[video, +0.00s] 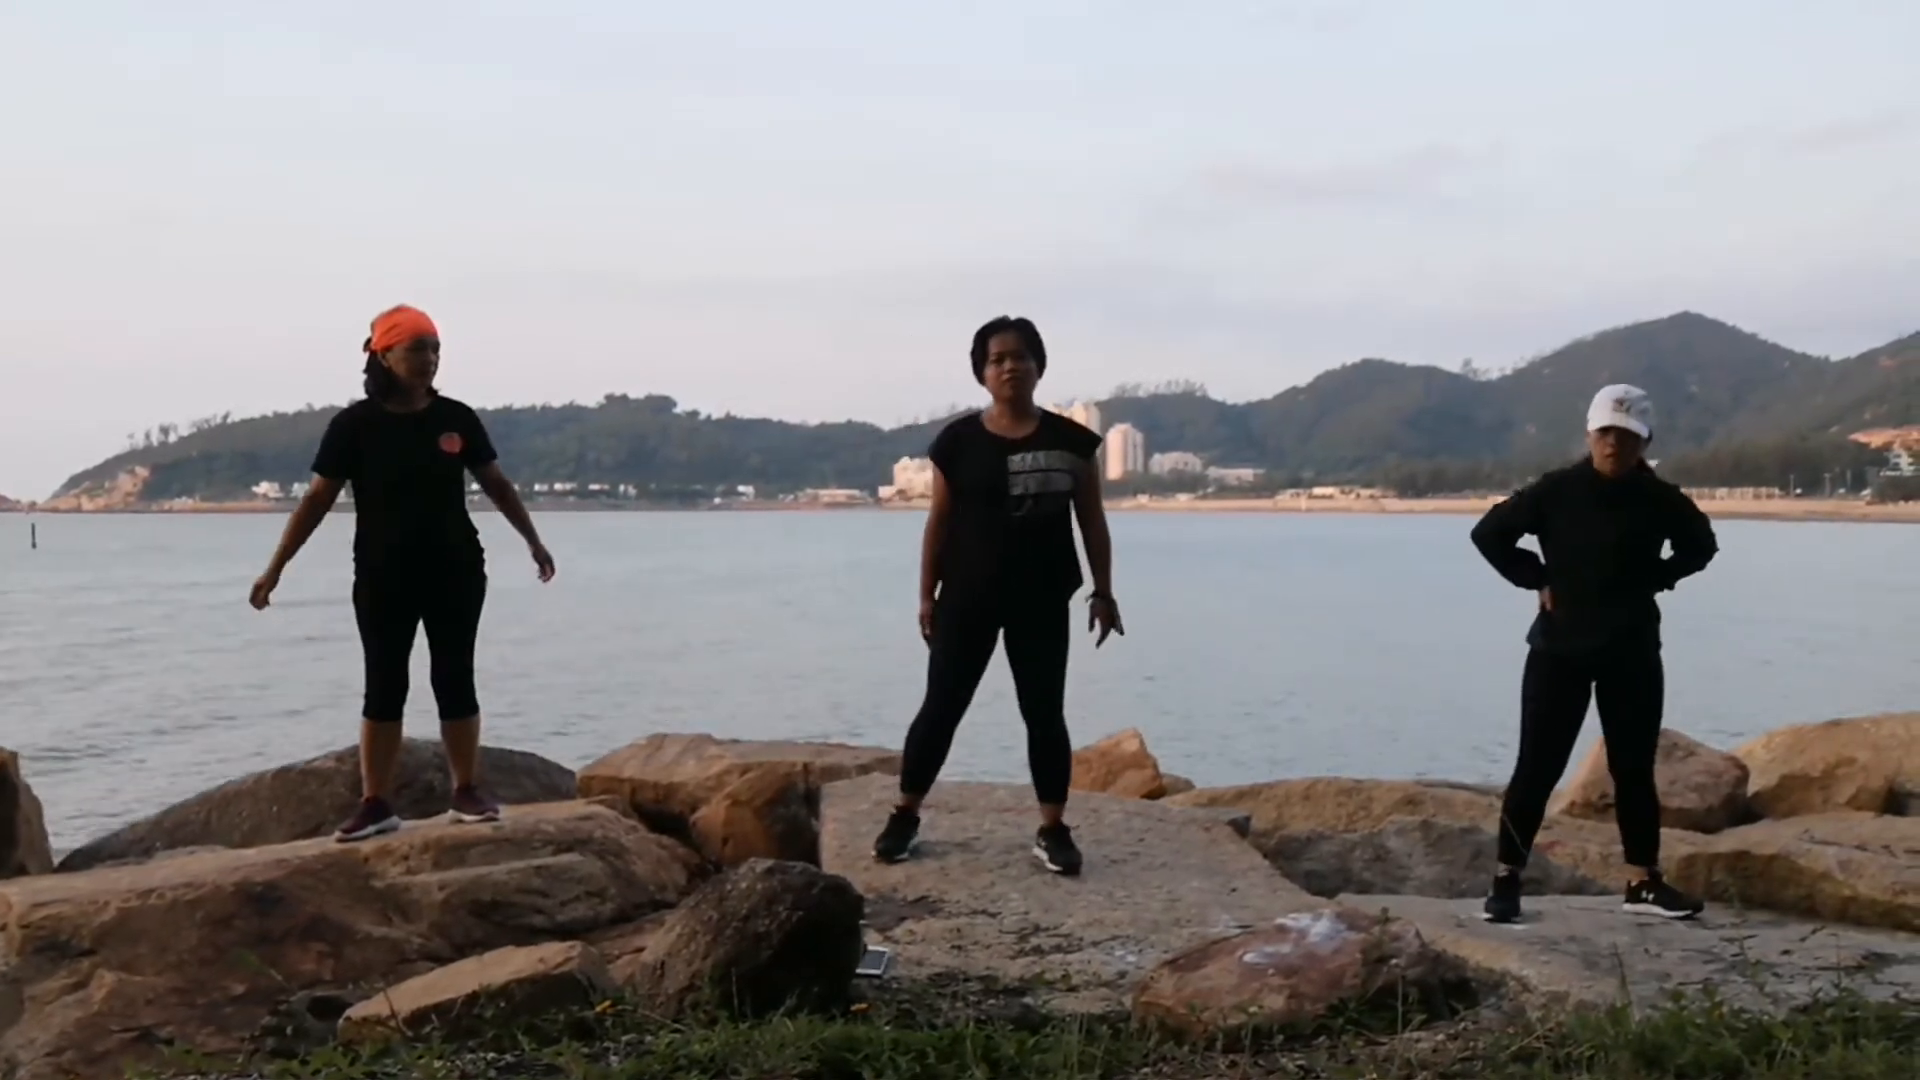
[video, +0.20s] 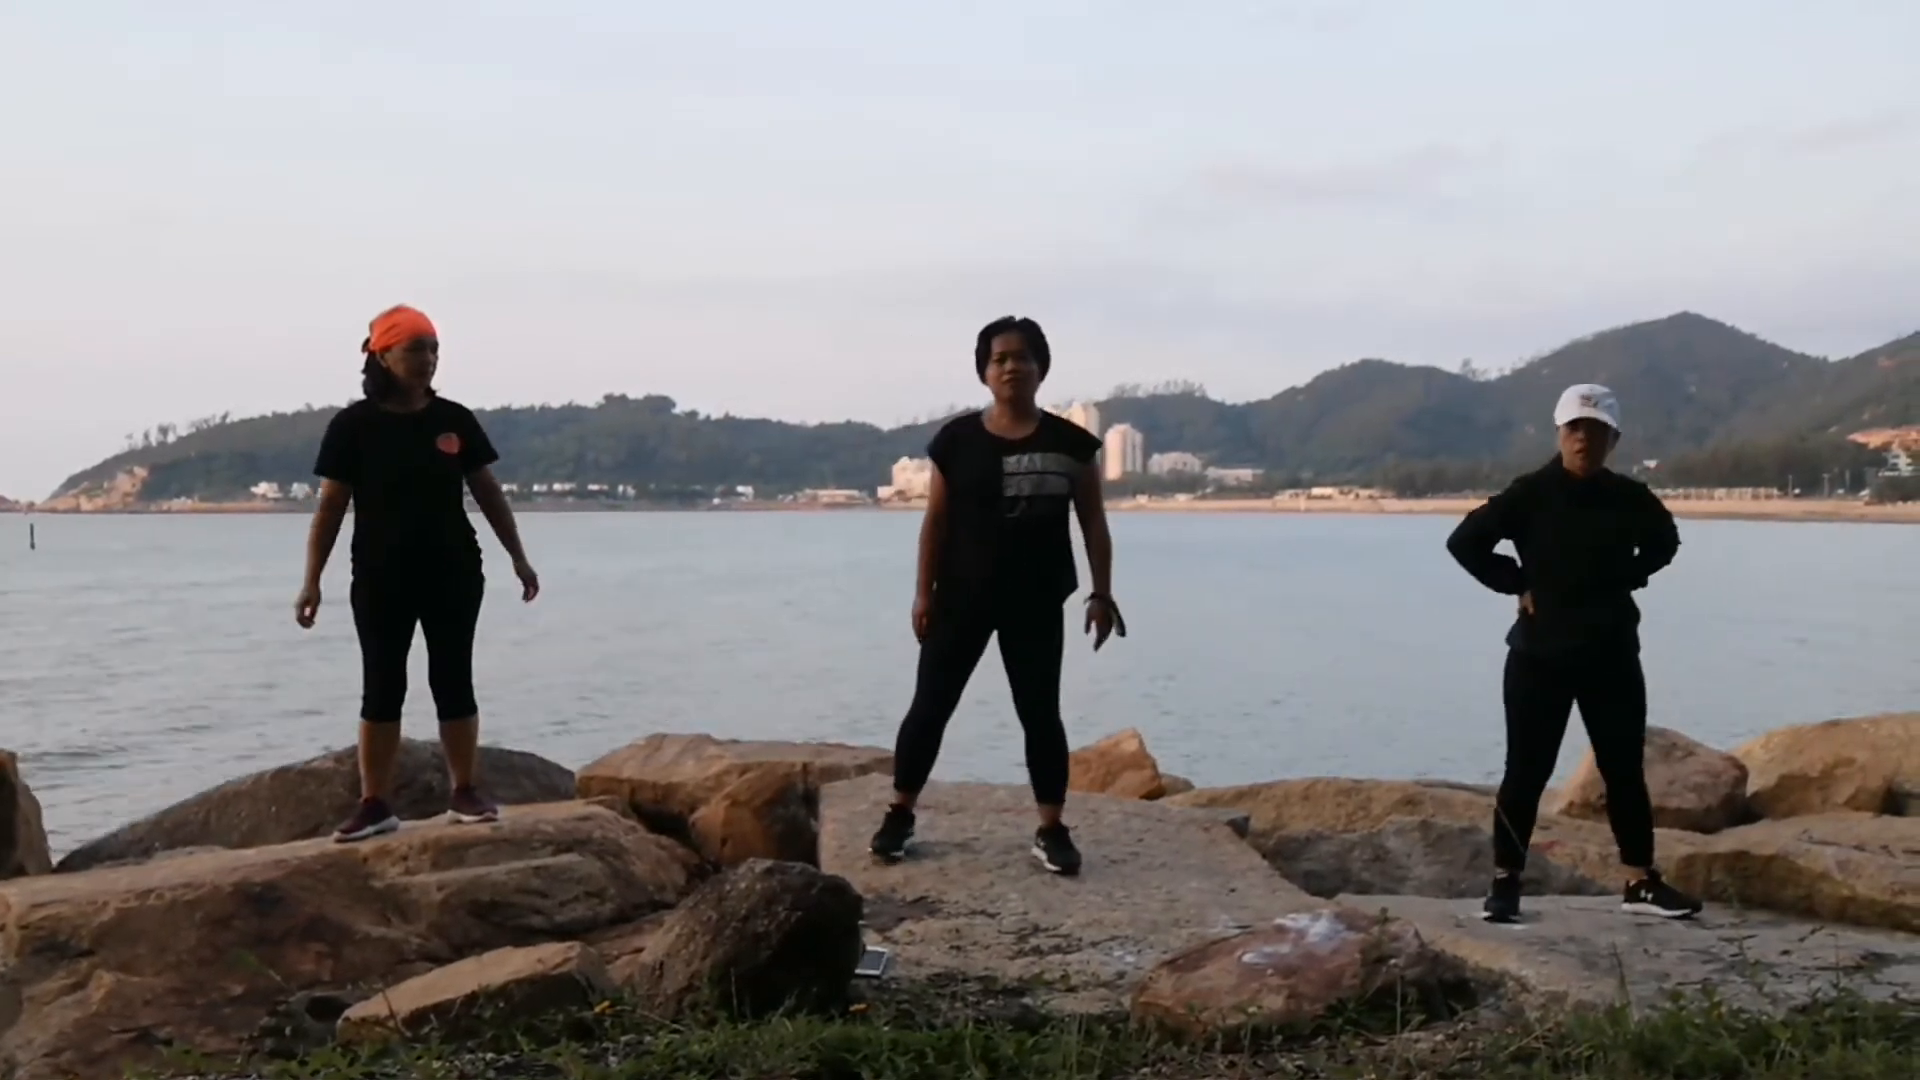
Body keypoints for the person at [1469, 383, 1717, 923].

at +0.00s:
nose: (1613, 443)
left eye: (1625, 434)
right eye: (1605, 431)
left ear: (1644, 441)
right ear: (1589, 434)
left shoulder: (1659, 497)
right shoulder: (1556, 492)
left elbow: (1701, 546)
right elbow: (1488, 535)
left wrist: (1653, 578)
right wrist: (1539, 578)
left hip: (1631, 651)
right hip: (1560, 648)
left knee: (1635, 770)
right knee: (1537, 766)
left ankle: (1644, 882)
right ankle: (1506, 883)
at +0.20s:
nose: (1585, 439)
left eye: (1596, 430)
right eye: (1575, 428)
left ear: (1613, 438)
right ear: (1559, 433)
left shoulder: (1630, 496)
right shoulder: (1530, 493)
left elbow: (1665, 541)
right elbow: (1464, 542)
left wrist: (1626, 578)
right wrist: (1519, 584)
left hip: (1611, 652)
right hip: (1542, 652)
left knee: (1624, 768)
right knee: (1527, 769)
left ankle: (1641, 880)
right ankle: (1506, 883)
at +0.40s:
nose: (1570, 437)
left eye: (1580, 428)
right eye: (1558, 427)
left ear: (1593, 436)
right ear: (1539, 435)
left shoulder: (1612, 494)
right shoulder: (1515, 496)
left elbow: (1643, 537)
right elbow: (1451, 549)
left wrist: (1603, 577)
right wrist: (1510, 586)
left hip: (1599, 648)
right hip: (1531, 650)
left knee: (1629, 759)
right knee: (1519, 768)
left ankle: (1642, 875)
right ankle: (1503, 884)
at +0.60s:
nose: (1569, 439)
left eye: (1579, 429)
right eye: (1557, 429)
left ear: (1593, 438)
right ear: (1538, 439)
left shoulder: (1619, 497)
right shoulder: (1520, 503)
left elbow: (1655, 544)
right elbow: (1459, 557)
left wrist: (1618, 582)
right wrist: (1519, 589)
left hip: (1610, 656)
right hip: (1541, 658)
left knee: (1623, 772)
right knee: (1525, 773)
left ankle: (1644, 879)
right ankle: (1503, 884)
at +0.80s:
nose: (1583, 439)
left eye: (1593, 429)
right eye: (1571, 429)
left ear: (1607, 437)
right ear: (1554, 439)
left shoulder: (1633, 496)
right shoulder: (1534, 500)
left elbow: (1671, 545)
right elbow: (1472, 555)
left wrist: (1634, 582)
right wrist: (1530, 588)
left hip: (1623, 656)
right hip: (1554, 657)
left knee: (1630, 772)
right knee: (1532, 772)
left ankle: (1645, 879)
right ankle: (1503, 883)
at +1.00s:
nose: (1591, 439)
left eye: (1601, 429)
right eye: (1580, 429)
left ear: (1615, 438)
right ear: (1561, 438)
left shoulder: (1637, 498)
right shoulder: (1538, 499)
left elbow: (1675, 547)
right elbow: (1475, 550)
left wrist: (1636, 581)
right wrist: (1531, 587)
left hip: (1621, 657)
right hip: (1553, 658)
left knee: (1628, 774)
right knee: (1531, 773)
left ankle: (1643, 879)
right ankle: (1502, 883)